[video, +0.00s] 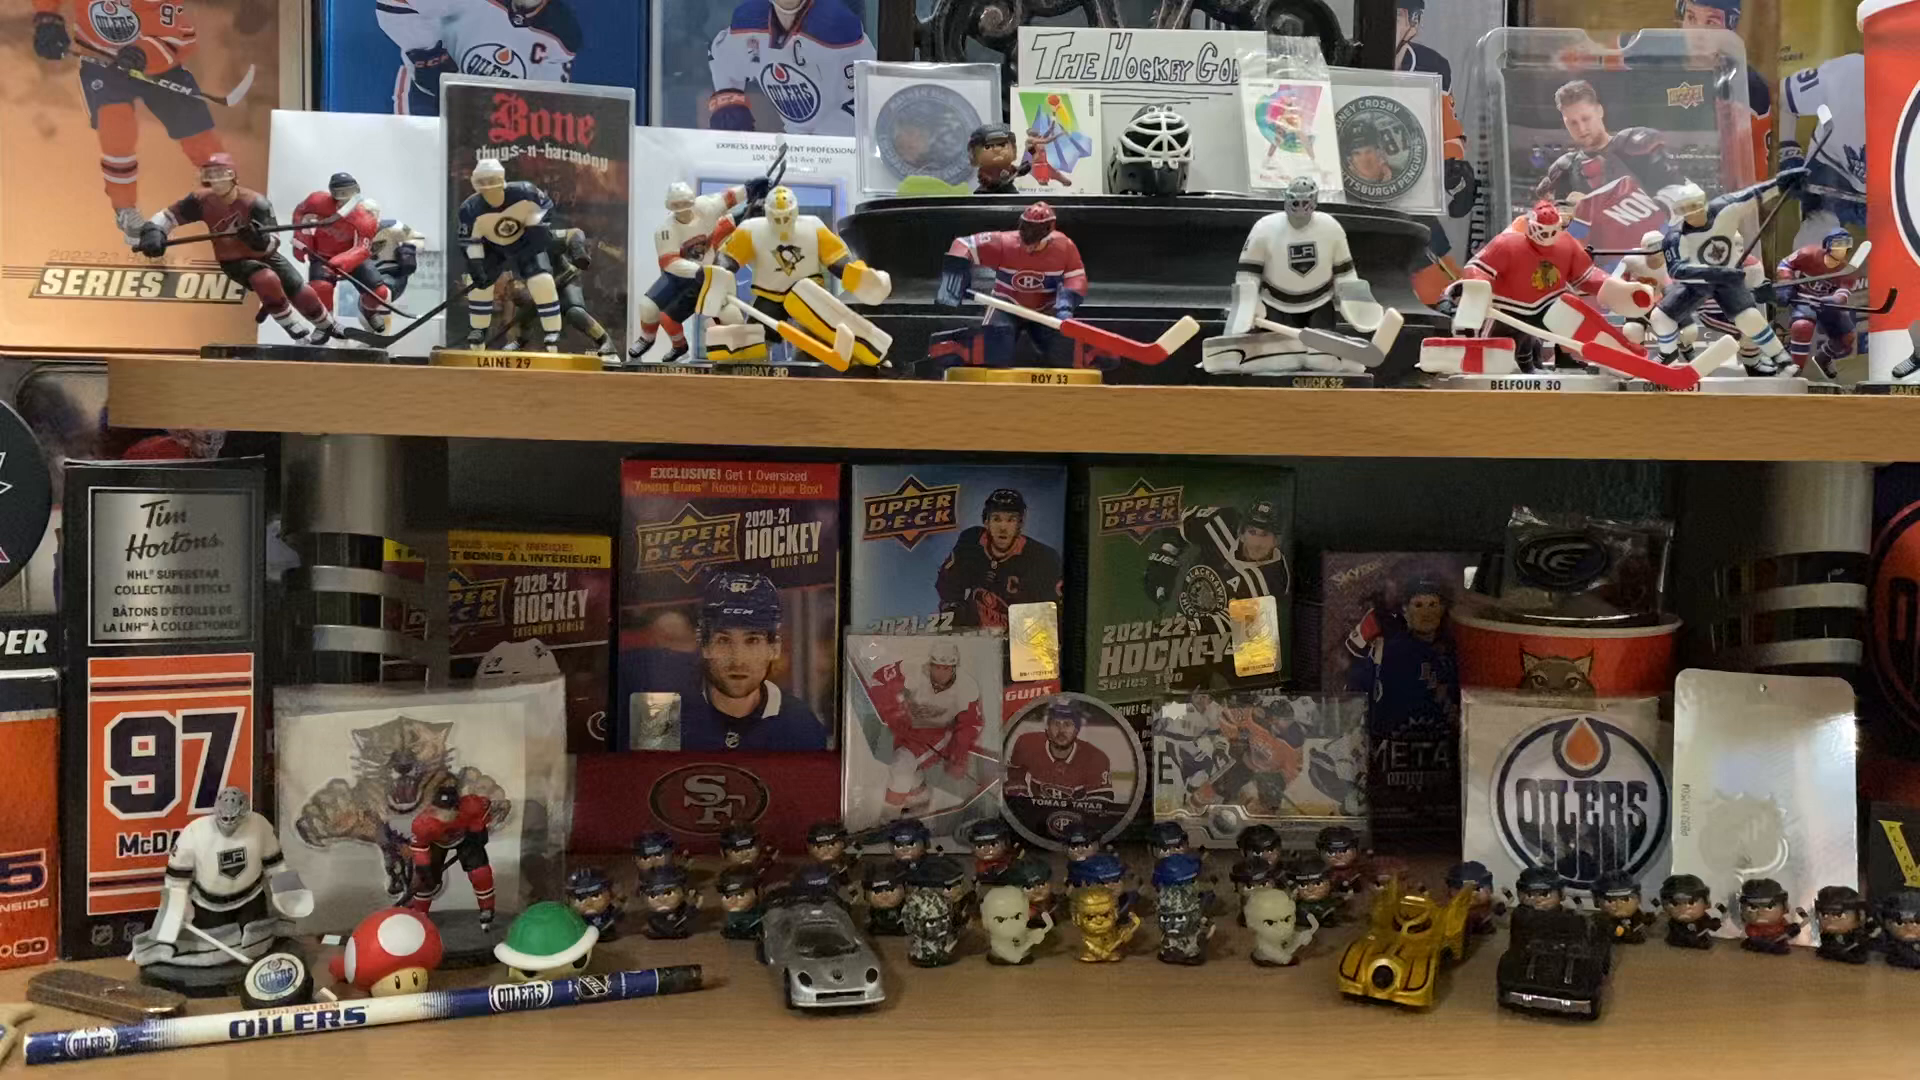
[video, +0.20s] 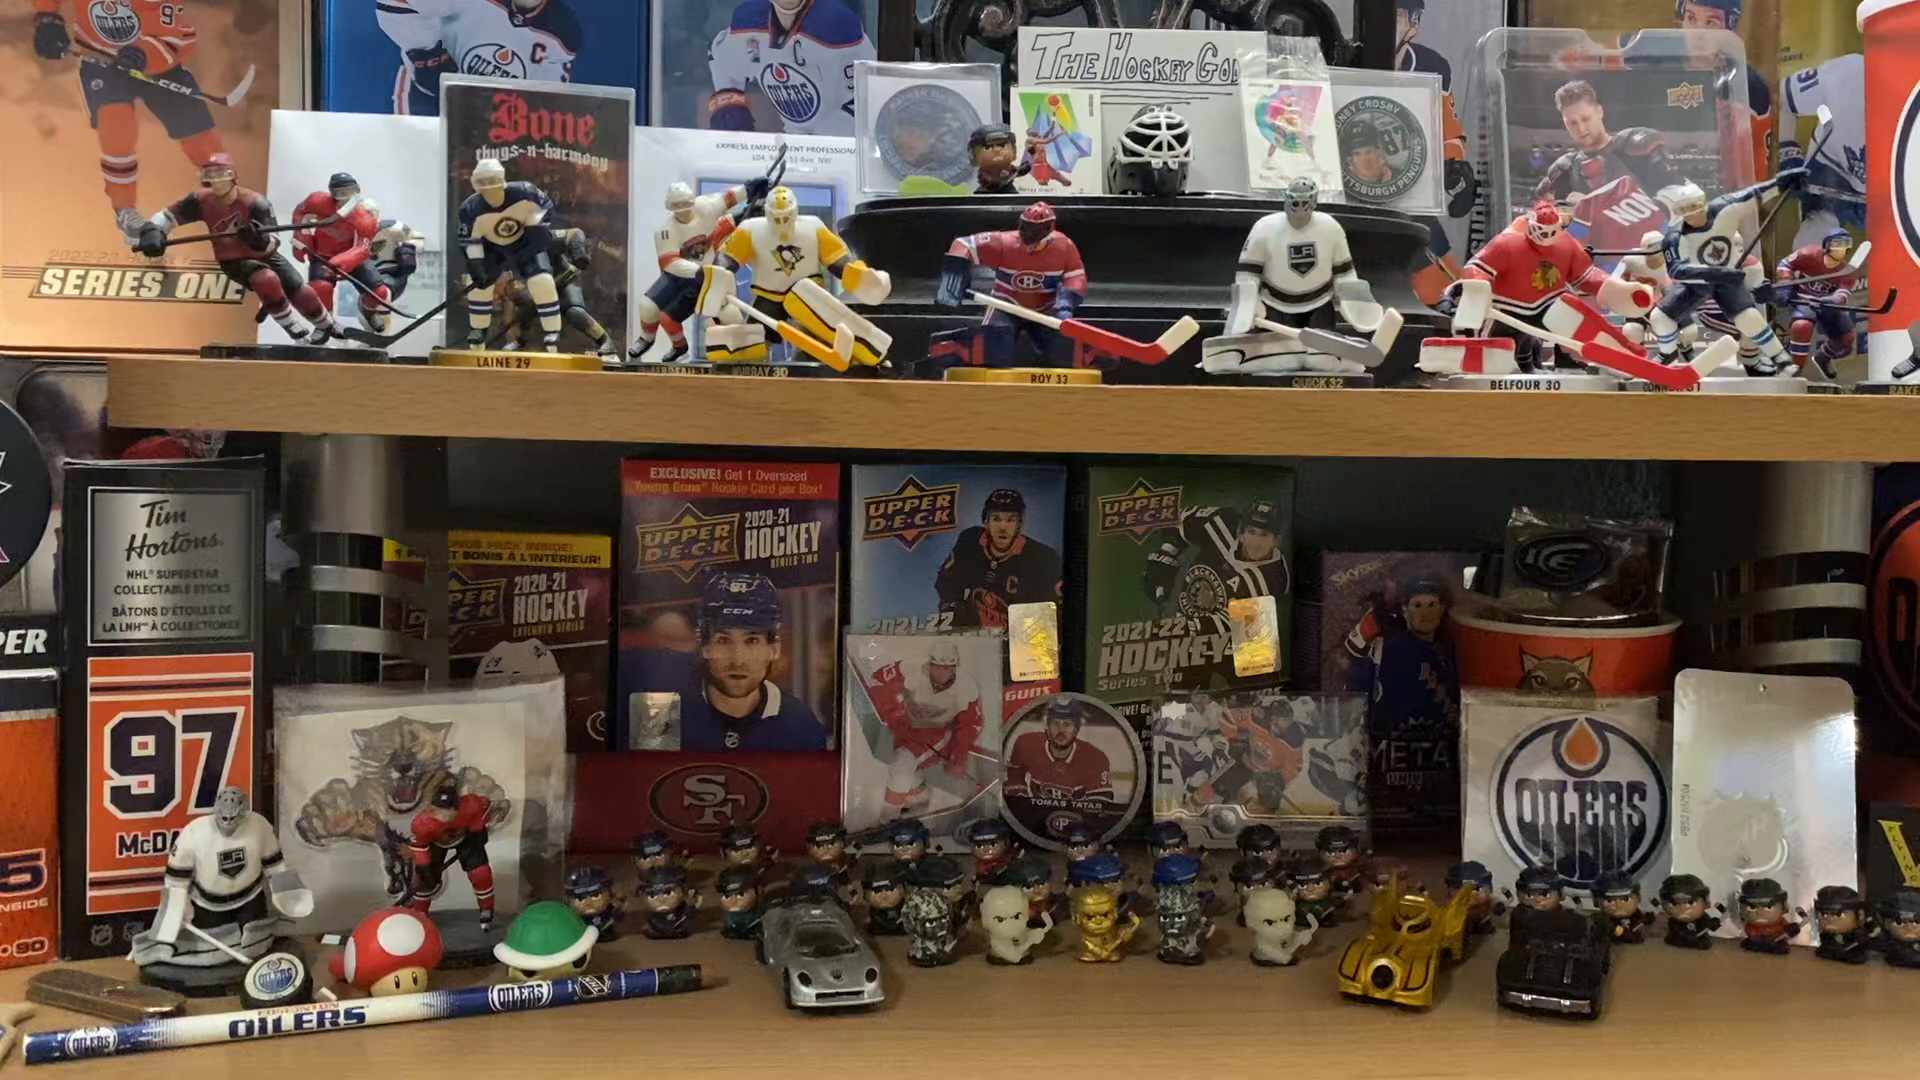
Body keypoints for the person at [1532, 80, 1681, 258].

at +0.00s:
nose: (1582, 129)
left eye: (1586, 119)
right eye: (1573, 123)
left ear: (1600, 111)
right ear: (1564, 122)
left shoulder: (1637, 145)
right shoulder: (1562, 170)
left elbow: (1680, 189)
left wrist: (1651, 213)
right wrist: (1562, 215)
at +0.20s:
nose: (1582, 130)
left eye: (1586, 119)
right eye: (1573, 123)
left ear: (1600, 112)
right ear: (1564, 123)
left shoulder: (1637, 146)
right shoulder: (1563, 170)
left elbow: (1678, 189)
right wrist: (1565, 212)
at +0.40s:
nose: (1581, 129)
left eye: (1585, 118)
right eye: (1572, 123)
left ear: (1599, 111)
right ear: (1564, 124)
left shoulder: (1637, 146)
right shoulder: (1563, 169)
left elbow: (1679, 189)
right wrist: (1563, 212)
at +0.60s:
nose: (1581, 130)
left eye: (1585, 119)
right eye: (1572, 123)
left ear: (1599, 112)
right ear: (1563, 124)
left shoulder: (1636, 146)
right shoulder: (1564, 169)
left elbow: (1677, 189)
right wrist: (1564, 212)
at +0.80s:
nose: (1581, 129)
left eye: (1585, 119)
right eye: (1572, 123)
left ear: (1599, 111)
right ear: (1564, 124)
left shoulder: (1636, 147)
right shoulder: (1563, 170)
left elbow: (1678, 188)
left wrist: (1649, 215)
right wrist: (1565, 211)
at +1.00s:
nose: (1581, 129)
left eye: (1585, 119)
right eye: (1572, 123)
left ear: (1599, 111)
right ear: (1564, 124)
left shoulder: (1636, 147)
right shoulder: (1563, 170)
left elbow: (1678, 188)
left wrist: (1649, 215)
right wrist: (1565, 212)